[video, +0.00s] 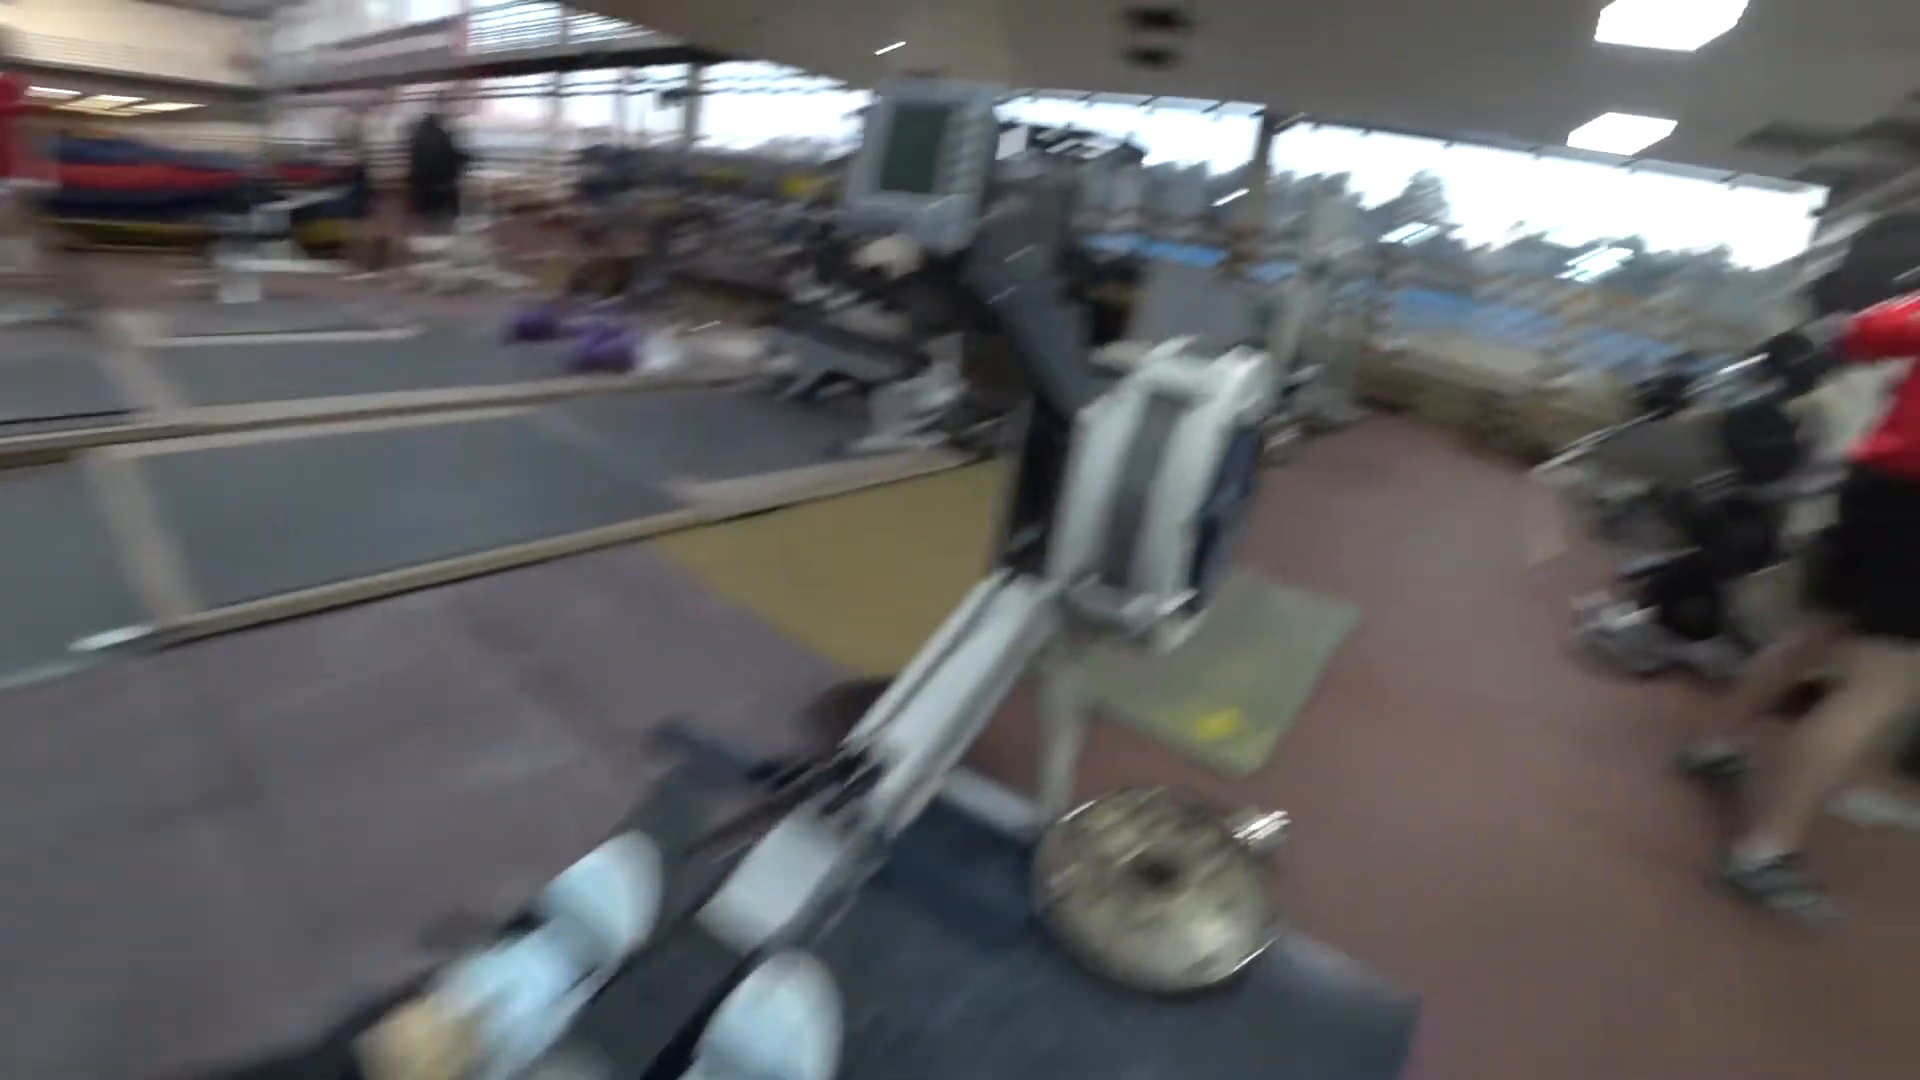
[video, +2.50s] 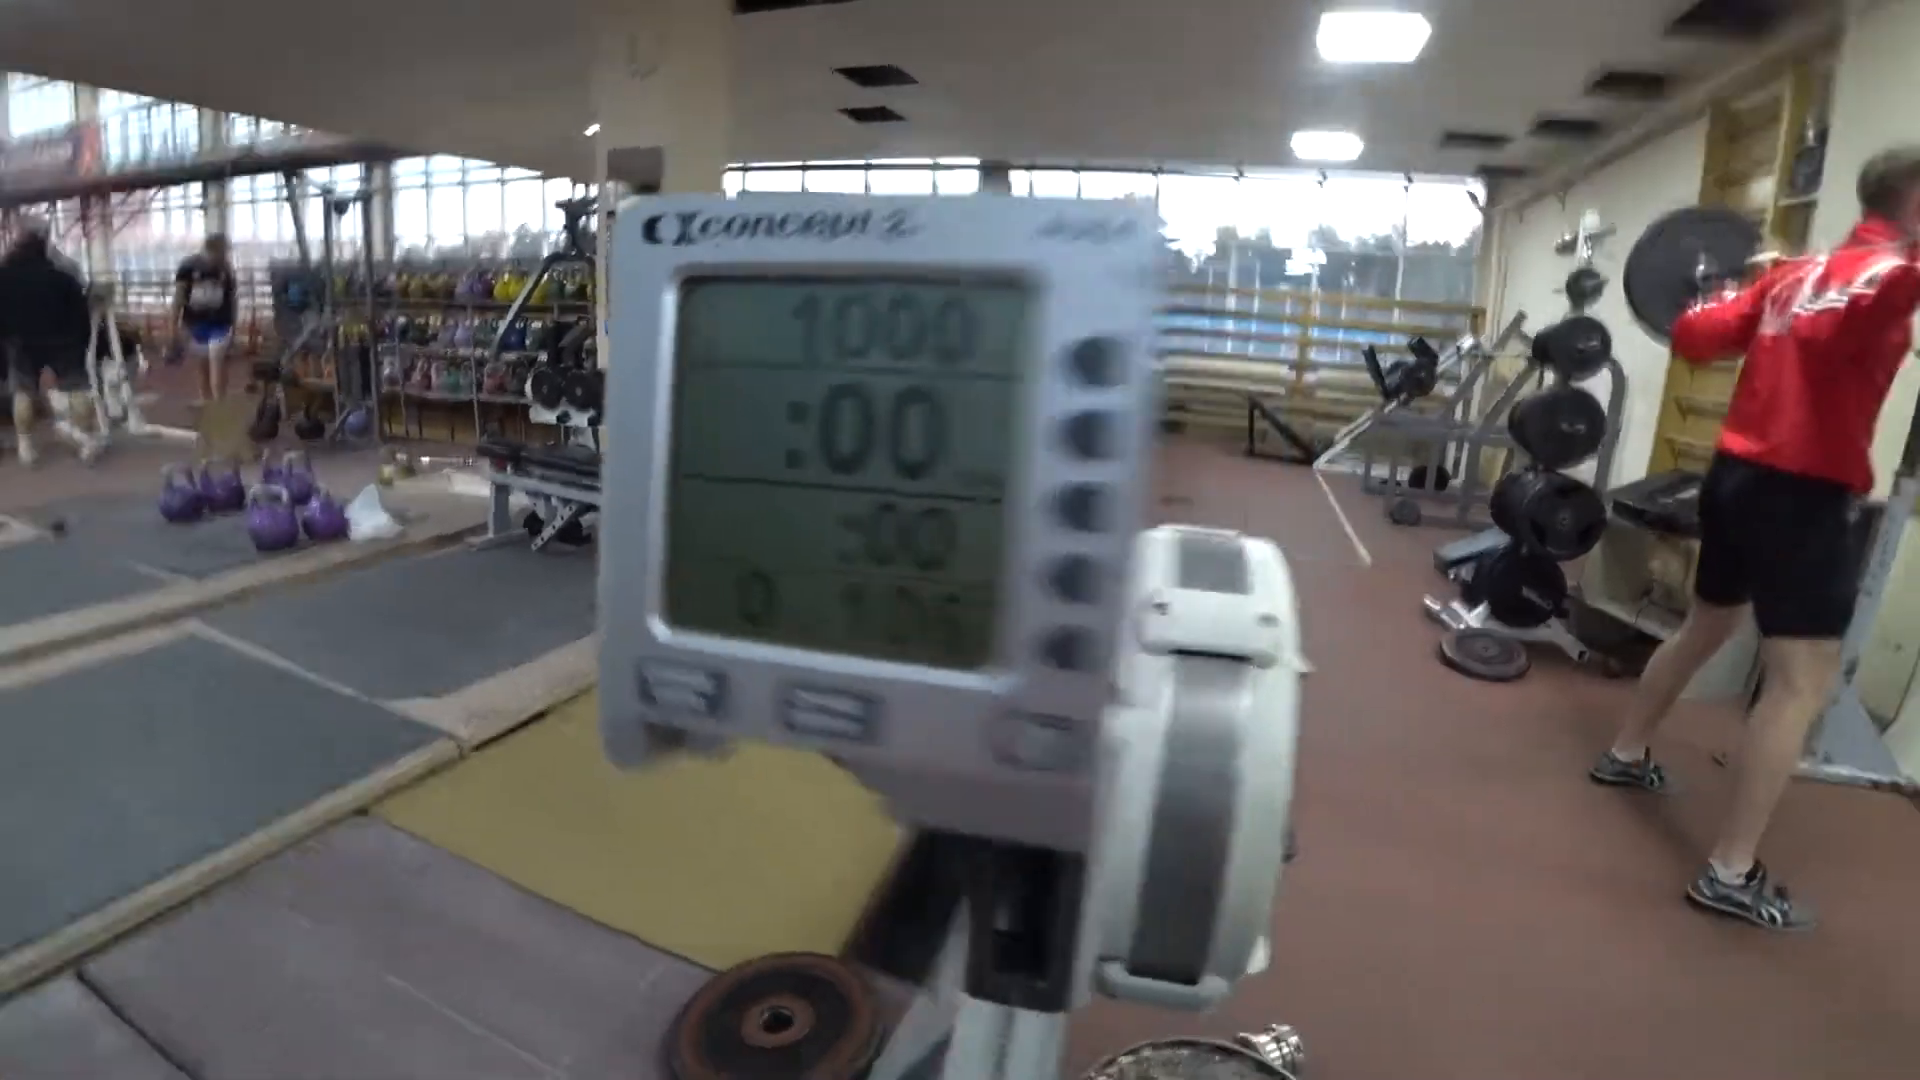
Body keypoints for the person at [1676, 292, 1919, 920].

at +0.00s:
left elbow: (1885, 326)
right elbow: (1885, 328)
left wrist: (1832, 337)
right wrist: (1833, 337)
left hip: (1881, 474)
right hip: (1906, 486)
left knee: (1819, 631)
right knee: (1886, 679)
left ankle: (1718, 740)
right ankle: (1764, 850)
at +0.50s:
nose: (1827, 592)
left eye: (1828, 578)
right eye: (1825, 578)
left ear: (1757, 561)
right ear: (1800, 577)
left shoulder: (1679, 598)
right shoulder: (1753, 621)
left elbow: (1584, 625)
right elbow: (1709, 649)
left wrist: (1647, 595)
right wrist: (1776, 629)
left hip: (1578, 765)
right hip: (1631, 799)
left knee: (1522, 898)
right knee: (1577, 971)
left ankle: (1419, 994)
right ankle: (1509, 1069)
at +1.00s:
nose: (1875, 759)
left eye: (1878, 746)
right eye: (1875, 743)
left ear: (1810, 726)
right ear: (1844, 739)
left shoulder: (1714, 746)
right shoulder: (1798, 787)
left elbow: (1609, 753)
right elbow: (1719, 813)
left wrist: (1678, 738)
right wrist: (1828, 799)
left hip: (1585, 902)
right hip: (1640, 948)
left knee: (1501, 1026)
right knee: (1564, 1072)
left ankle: (1398, 1073)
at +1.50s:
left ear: (1883, 582)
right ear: (1919, 603)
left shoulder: (1794, 624)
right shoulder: (1898, 659)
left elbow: (1683, 643)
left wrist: (1733, 614)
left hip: (1678, 797)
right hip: (1745, 841)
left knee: (1604, 925)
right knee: (1675, 1016)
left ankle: (1492, 1023)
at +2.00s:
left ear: (1861, 164)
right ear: (1907, 161)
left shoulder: (1790, 236)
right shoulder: (1903, 228)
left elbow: (1687, 301)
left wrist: (1735, 248)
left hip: (1742, 445)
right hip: (1822, 457)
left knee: (1722, 598)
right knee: (1821, 653)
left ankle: (1650, 724)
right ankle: (1770, 838)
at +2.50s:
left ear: (1862, 205)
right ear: (1913, 206)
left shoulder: (1791, 273)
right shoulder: (1898, 273)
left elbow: (1695, 331)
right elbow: (1873, 308)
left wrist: (1729, 288)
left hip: (1734, 475)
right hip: (1809, 492)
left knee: (1707, 624)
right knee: (1800, 684)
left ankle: (1625, 751)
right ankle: (1730, 871)